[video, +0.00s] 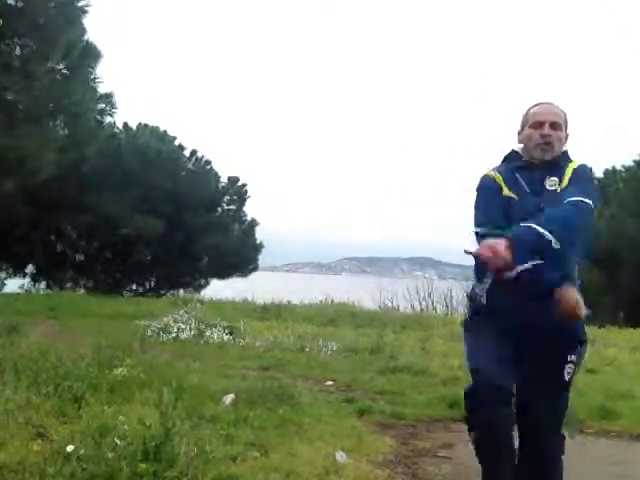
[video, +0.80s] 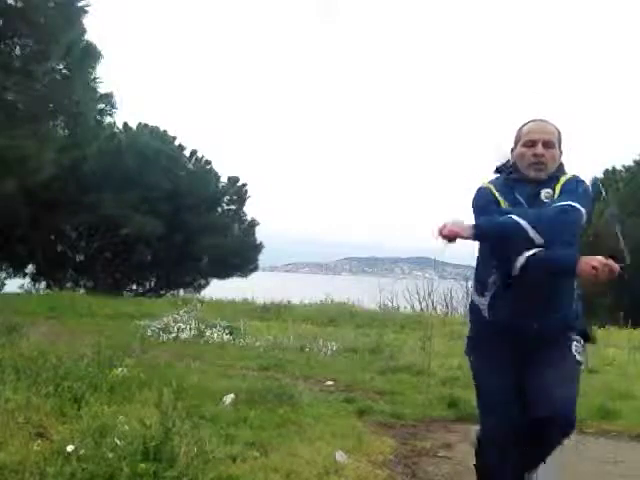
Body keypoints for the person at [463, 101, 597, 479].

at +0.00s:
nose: (546, 133)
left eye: (555, 127)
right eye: (537, 126)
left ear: (566, 137)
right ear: (521, 135)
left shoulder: (578, 176)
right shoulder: (495, 180)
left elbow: (572, 219)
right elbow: (495, 251)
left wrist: (513, 246)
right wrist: (553, 284)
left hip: (554, 315)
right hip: (495, 313)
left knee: (542, 424)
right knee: (488, 401)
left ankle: (538, 474)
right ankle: (499, 474)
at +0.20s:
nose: (538, 158)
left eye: (547, 153)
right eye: (529, 152)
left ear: (559, 163)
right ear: (513, 162)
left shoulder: (575, 202)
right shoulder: (488, 209)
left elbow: (568, 247)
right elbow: (497, 277)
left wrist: (502, 257)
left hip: (554, 331)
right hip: (496, 333)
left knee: (558, 404)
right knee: (502, 444)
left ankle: (540, 470)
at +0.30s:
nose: (541, 134)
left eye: (550, 129)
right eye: (532, 128)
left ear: (562, 140)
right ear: (516, 139)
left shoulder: (584, 195)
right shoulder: (484, 194)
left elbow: (600, 255)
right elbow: (461, 260)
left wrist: (610, 299)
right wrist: (435, 313)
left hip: (561, 331)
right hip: (499, 332)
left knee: (558, 413)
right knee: (504, 435)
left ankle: (553, 472)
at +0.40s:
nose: (543, 135)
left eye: (552, 129)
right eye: (534, 128)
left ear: (564, 140)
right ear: (518, 137)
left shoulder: (586, 193)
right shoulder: (485, 188)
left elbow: (623, 244)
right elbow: (440, 237)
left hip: (561, 331)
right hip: (497, 331)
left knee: (549, 429)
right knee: (497, 430)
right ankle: (509, 476)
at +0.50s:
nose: (544, 157)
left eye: (553, 151)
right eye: (535, 150)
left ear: (566, 162)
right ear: (518, 160)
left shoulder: (591, 213)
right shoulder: (485, 212)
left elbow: (632, 261)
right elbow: (446, 267)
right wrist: (397, 298)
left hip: (560, 347)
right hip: (493, 343)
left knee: (544, 459)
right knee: (476, 407)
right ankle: (512, 464)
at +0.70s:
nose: (542, 134)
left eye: (552, 127)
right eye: (533, 126)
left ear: (564, 136)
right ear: (519, 134)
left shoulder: (577, 169)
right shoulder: (496, 174)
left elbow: (563, 206)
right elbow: (520, 241)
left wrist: (469, 225)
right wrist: (590, 242)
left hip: (555, 319)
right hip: (495, 317)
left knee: (544, 425)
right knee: (496, 412)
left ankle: (536, 474)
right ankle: (499, 474)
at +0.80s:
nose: (538, 152)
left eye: (548, 145)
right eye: (529, 145)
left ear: (560, 154)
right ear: (514, 152)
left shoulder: (575, 188)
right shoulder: (490, 194)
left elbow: (562, 222)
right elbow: (518, 258)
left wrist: (475, 230)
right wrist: (575, 264)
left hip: (555, 332)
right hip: (495, 331)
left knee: (556, 420)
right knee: (500, 431)